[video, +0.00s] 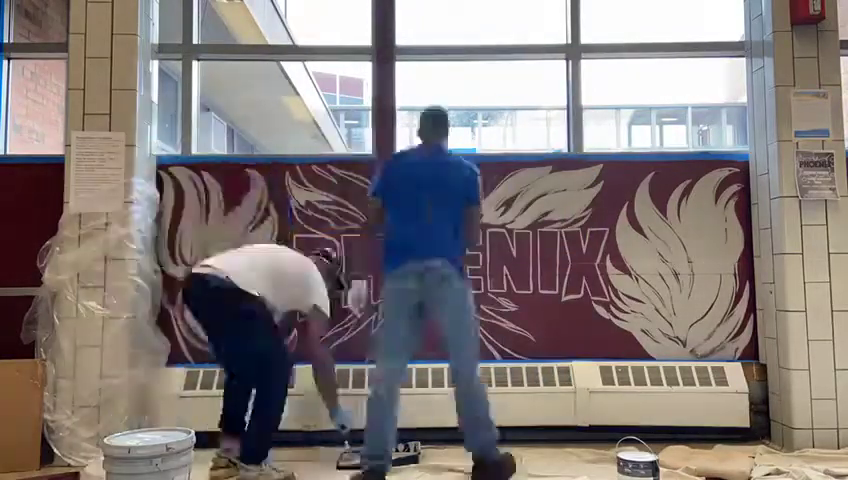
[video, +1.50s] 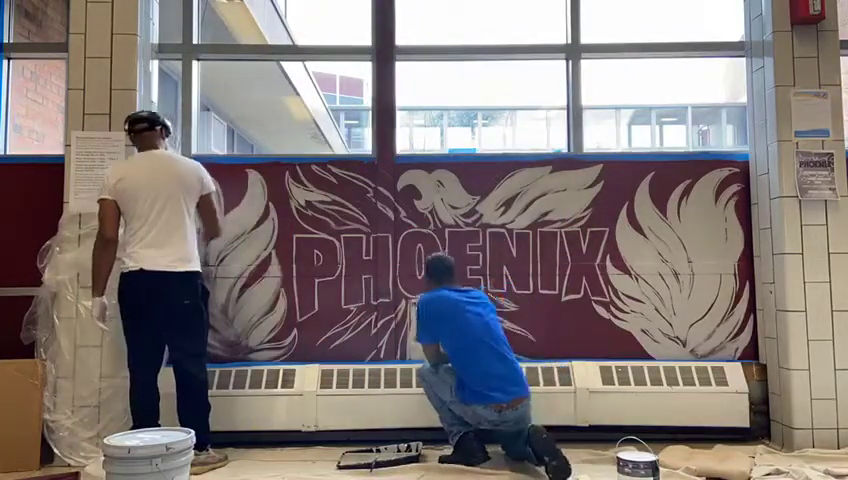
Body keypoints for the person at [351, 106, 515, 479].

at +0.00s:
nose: (431, 137)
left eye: (426, 130)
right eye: (438, 131)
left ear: (419, 132)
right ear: (448, 133)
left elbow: (374, 216)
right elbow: (471, 232)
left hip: (400, 272)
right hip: (446, 271)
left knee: (388, 367)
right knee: (466, 366)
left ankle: (374, 462)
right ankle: (486, 455)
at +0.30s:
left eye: (409, 276)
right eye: (410, 280)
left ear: (404, 243)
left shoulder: (408, 237)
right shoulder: (458, 235)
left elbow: (422, 279)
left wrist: (439, 323)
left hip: (472, 268)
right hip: (513, 265)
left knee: (449, 355)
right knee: (503, 359)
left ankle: (450, 458)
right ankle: (491, 447)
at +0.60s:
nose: (444, 295)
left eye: (442, 290)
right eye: (442, 290)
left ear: (447, 283)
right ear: (469, 274)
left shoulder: (461, 289)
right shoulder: (501, 291)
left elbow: (456, 347)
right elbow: (497, 350)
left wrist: (468, 345)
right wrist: (468, 342)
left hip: (515, 390)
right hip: (549, 393)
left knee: (447, 362)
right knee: (518, 443)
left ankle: (477, 446)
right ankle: (545, 440)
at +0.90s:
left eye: (462, 272)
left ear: (462, 272)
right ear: (488, 268)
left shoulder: (466, 289)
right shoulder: (515, 287)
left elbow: (461, 350)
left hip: (520, 393)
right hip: (556, 395)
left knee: (451, 363)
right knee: (518, 441)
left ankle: (479, 446)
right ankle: (548, 440)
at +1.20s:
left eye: (443, 272)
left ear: (444, 273)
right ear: (472, 270)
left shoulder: (441, 294)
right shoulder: (496, 289)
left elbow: (440, 353)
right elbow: (506, 337)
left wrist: (469, 355)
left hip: (489, 398)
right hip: (527, 397)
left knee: (433, 371)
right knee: (515, 448)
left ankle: (469, 443)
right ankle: (539, 441)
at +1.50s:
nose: (423, 285)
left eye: (424, 280)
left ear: (427, 280)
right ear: (454, 277)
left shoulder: (428, 301)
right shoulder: (479, 296)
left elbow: (434, 358)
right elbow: (490, 343)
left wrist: (465, 352)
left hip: (484, 412)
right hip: (520, 410)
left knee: (429, 373)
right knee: (514, 447)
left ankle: (465, 443)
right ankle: (535, 442)